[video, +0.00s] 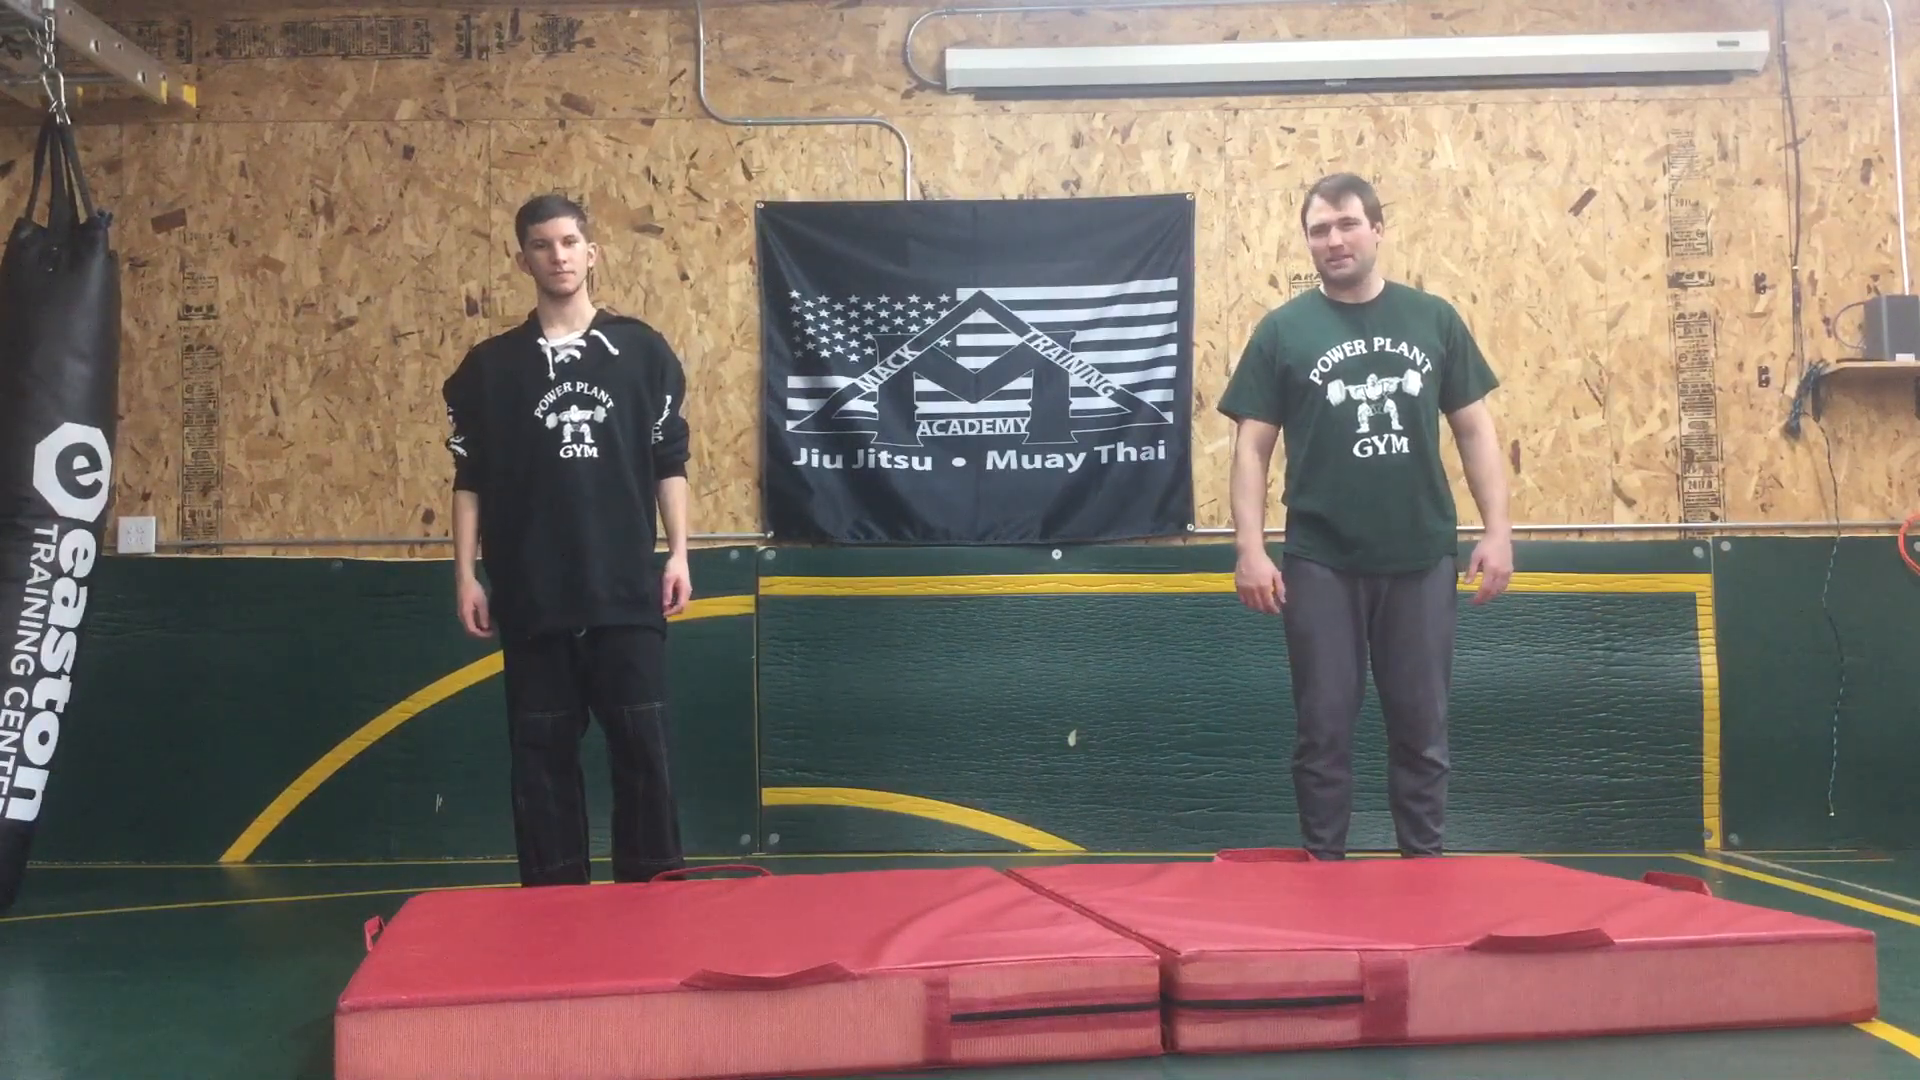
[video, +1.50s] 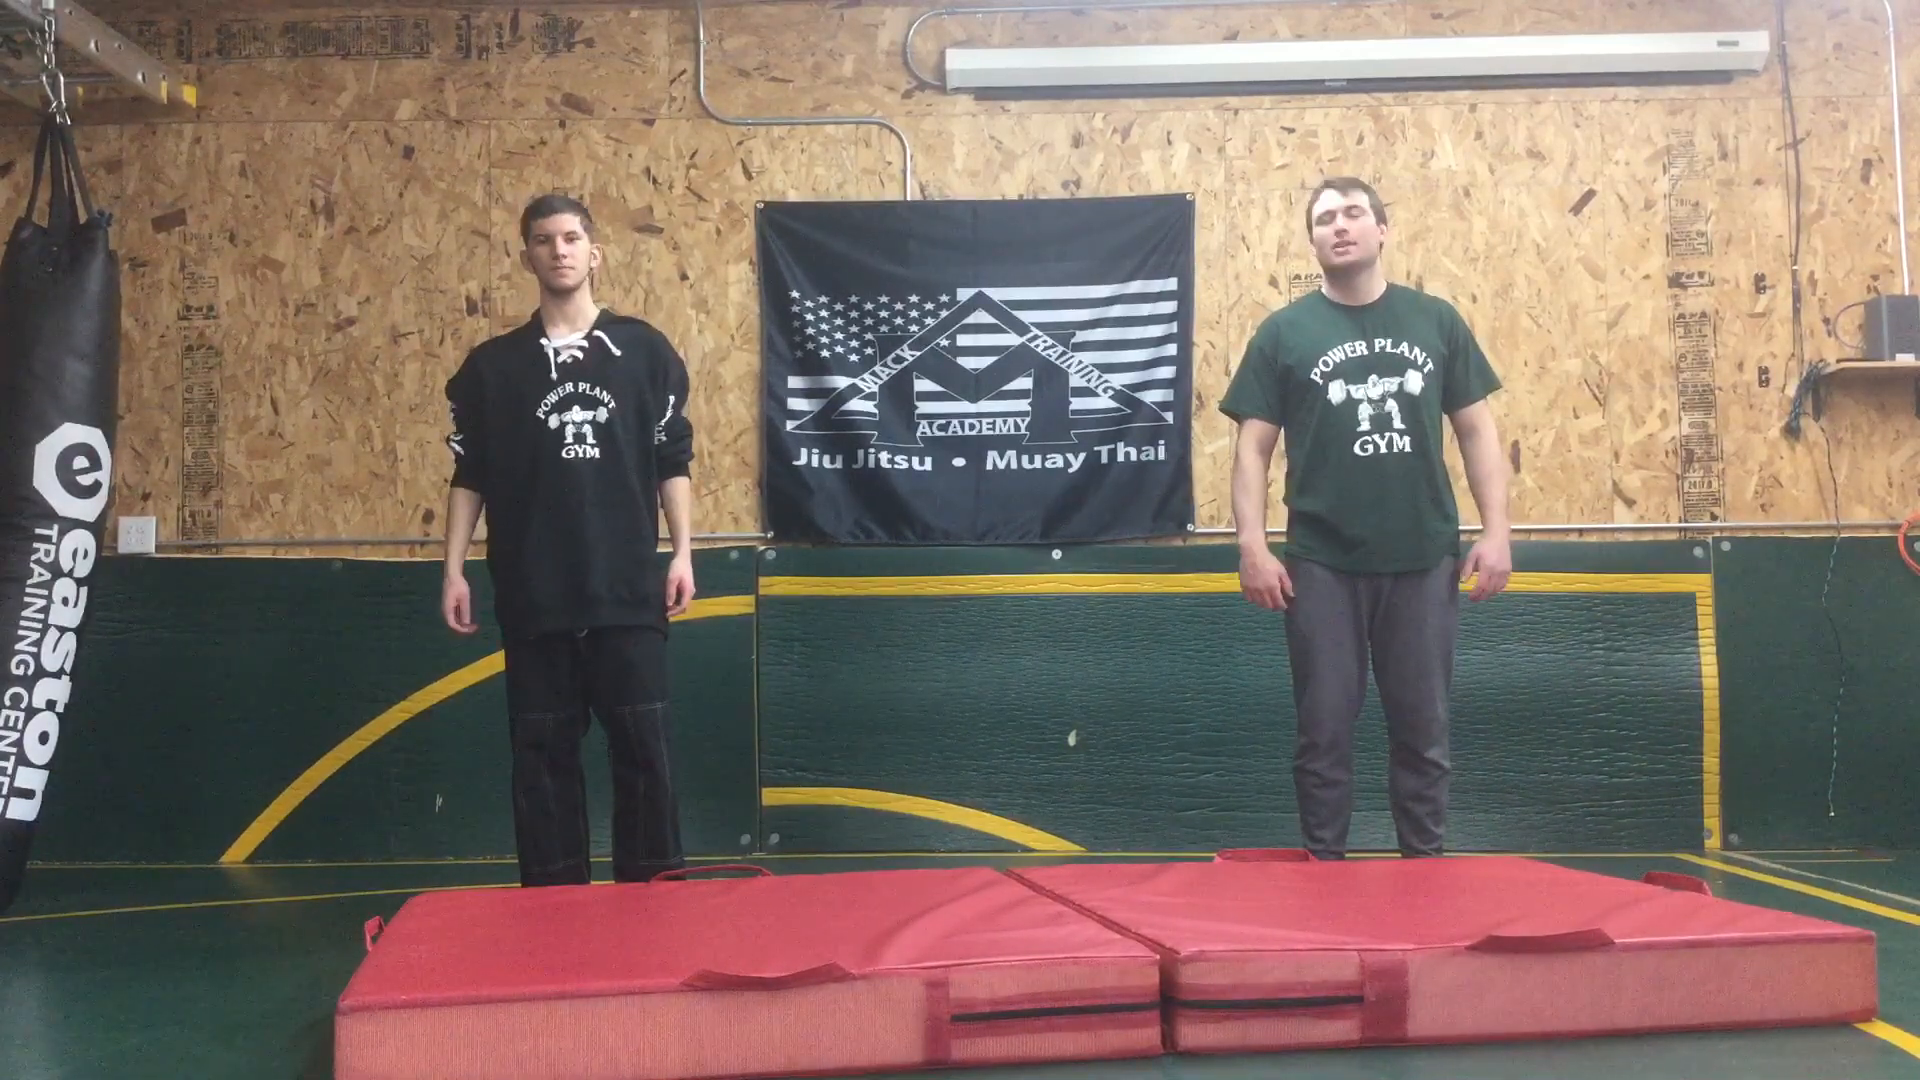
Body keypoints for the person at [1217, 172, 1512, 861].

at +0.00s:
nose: (1334, 239)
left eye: (1346, 225)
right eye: (1320, 230)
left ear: (1377, 231)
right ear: (1306, 242)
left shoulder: (1434, 320)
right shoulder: (1283, 330)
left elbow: (1473, 429)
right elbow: (1252, 447)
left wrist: (1498, 531)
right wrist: (1250, 548)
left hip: (1420, 556)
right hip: (1320, 558)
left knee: (1422, 727)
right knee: (1323, 726)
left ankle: (1425, 869)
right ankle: (1323, 871)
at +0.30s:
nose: (1337, 235)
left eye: (1350, 221)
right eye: (1322, 226)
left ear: (1380, 229)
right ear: (1308, 241)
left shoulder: (1434, 320)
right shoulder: (1284, 331)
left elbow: (1474, 427)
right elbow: (1253, 448)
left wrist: (1503, 527)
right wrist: (1252, 549)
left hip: (1420, 555)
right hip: (1321, 558)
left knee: (1422, 727)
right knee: (1324, 726)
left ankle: (1425, 869)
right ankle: (1324, 871)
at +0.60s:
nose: (1344, 230)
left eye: (1355, 218)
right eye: (1328, 222)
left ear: (1383, 230)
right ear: (1311, 241)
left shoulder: (1434, 320)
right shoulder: (1283, 332)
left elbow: (1477, 428)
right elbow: (1253, 448)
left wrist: (1495, 529)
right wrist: (1252, 548)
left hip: (1422, 556)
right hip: (1321, 558)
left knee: (1422, 728)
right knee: (1324, 726)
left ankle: (1423, 869)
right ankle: (1323, 871)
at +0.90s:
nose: (1337, 224)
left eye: (1351, 212)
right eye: (1324, 218)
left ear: (1382, 230)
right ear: (1310, 241)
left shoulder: (1433, 319)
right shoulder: (1282, 332)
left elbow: (1473, 427)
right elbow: (1253, 447)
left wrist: (1502, 523)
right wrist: (1247, 539)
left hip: (1422, 554)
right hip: (1321, 556)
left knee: (1422, 726)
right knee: (1324, 724)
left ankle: (1423, 868)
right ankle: (1323, 870)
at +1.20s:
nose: (1333, 221)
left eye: (1347, 209)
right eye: (1319, 216)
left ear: (1381, 228)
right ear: (1308, 242)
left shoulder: (1433, 319)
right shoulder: (1283, 331)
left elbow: (1474, 429)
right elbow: (1254, 448)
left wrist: (1502, 529)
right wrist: (1251, 550)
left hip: (1421, 555)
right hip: (1321, 557)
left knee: (1421, 728)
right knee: (1324, 726)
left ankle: (1424, 870)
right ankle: (1323, 873)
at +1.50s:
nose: (1338, 226)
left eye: (1352, 214)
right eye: (1325, 220)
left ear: (1383, 231)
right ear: (1312, 245)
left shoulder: (1436, 321)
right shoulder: (1284, 332)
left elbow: (1475, 429)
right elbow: (1253, 448)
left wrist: (1496, 531)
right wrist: (1252, 546)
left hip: (1422, 557)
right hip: (1321, 559)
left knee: (1423, 728)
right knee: (1324, 726)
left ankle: (1424, 869)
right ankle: (1323, 870)